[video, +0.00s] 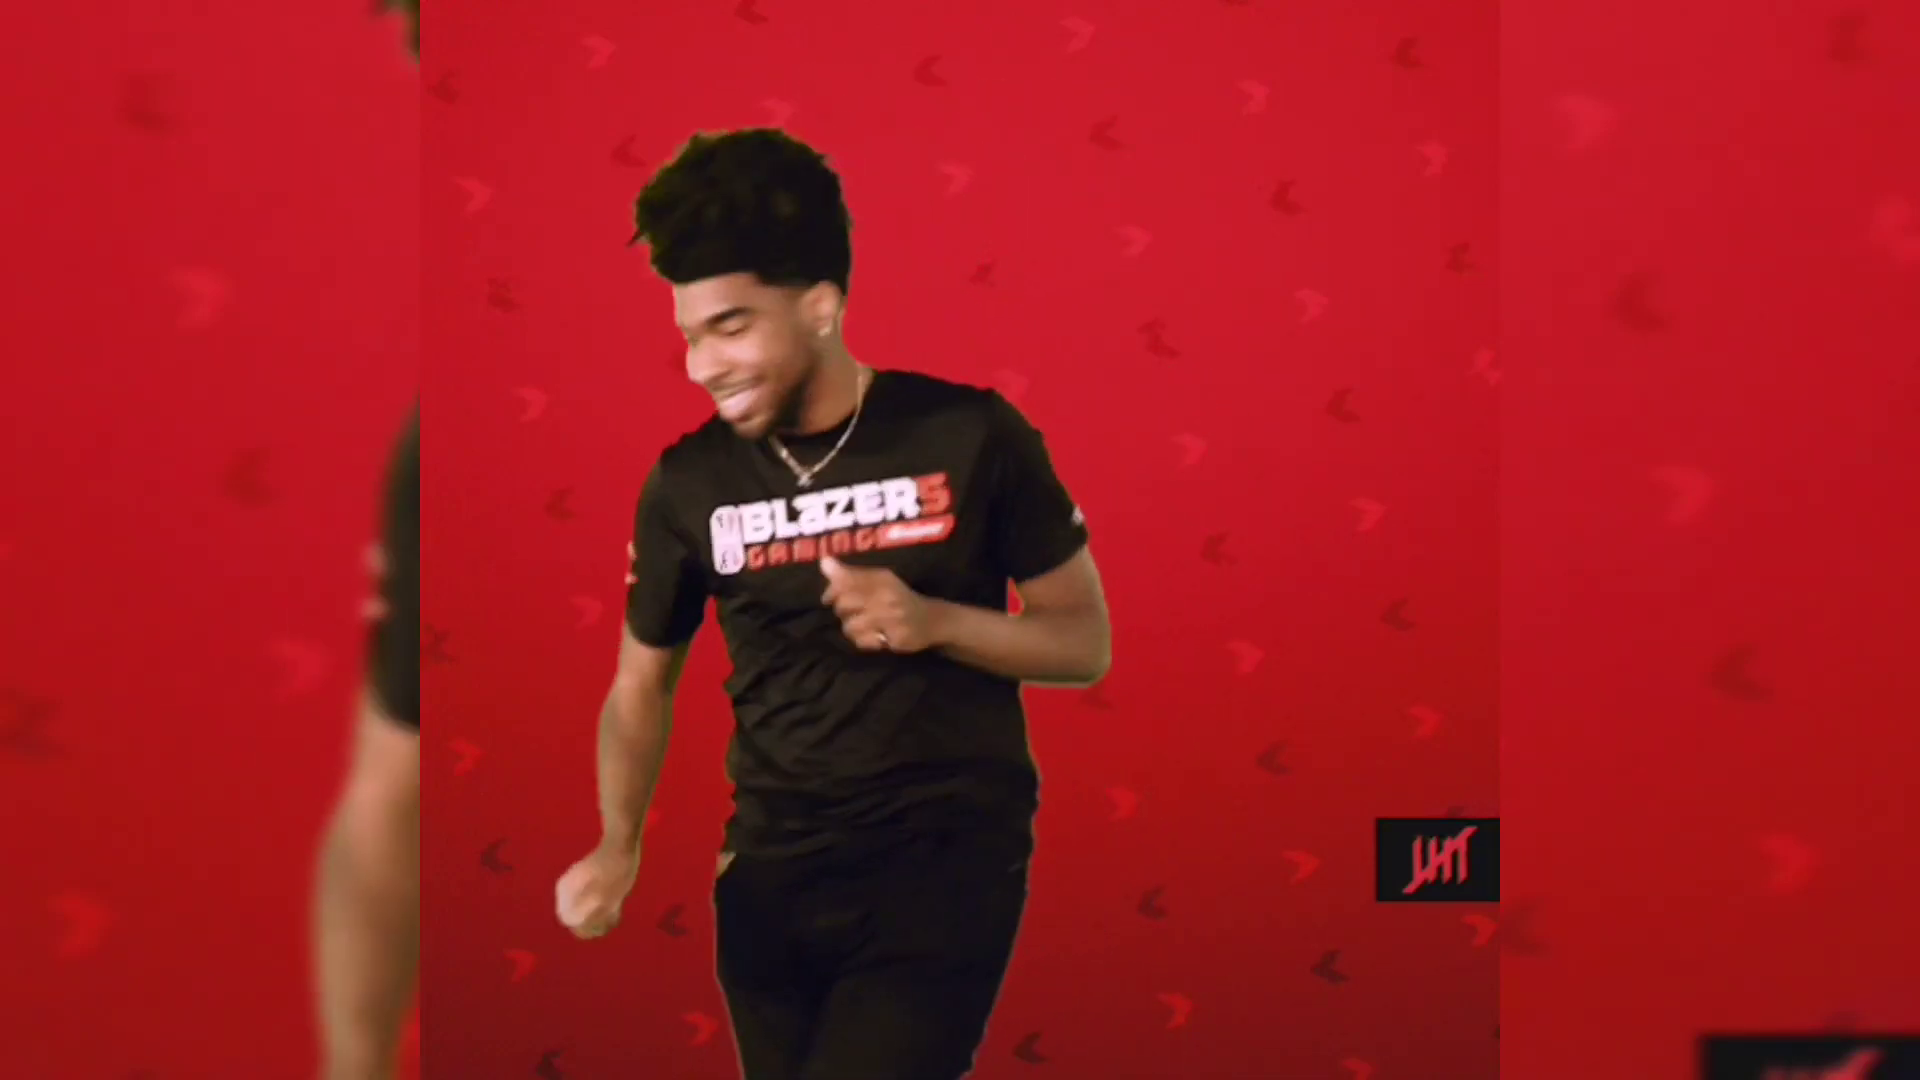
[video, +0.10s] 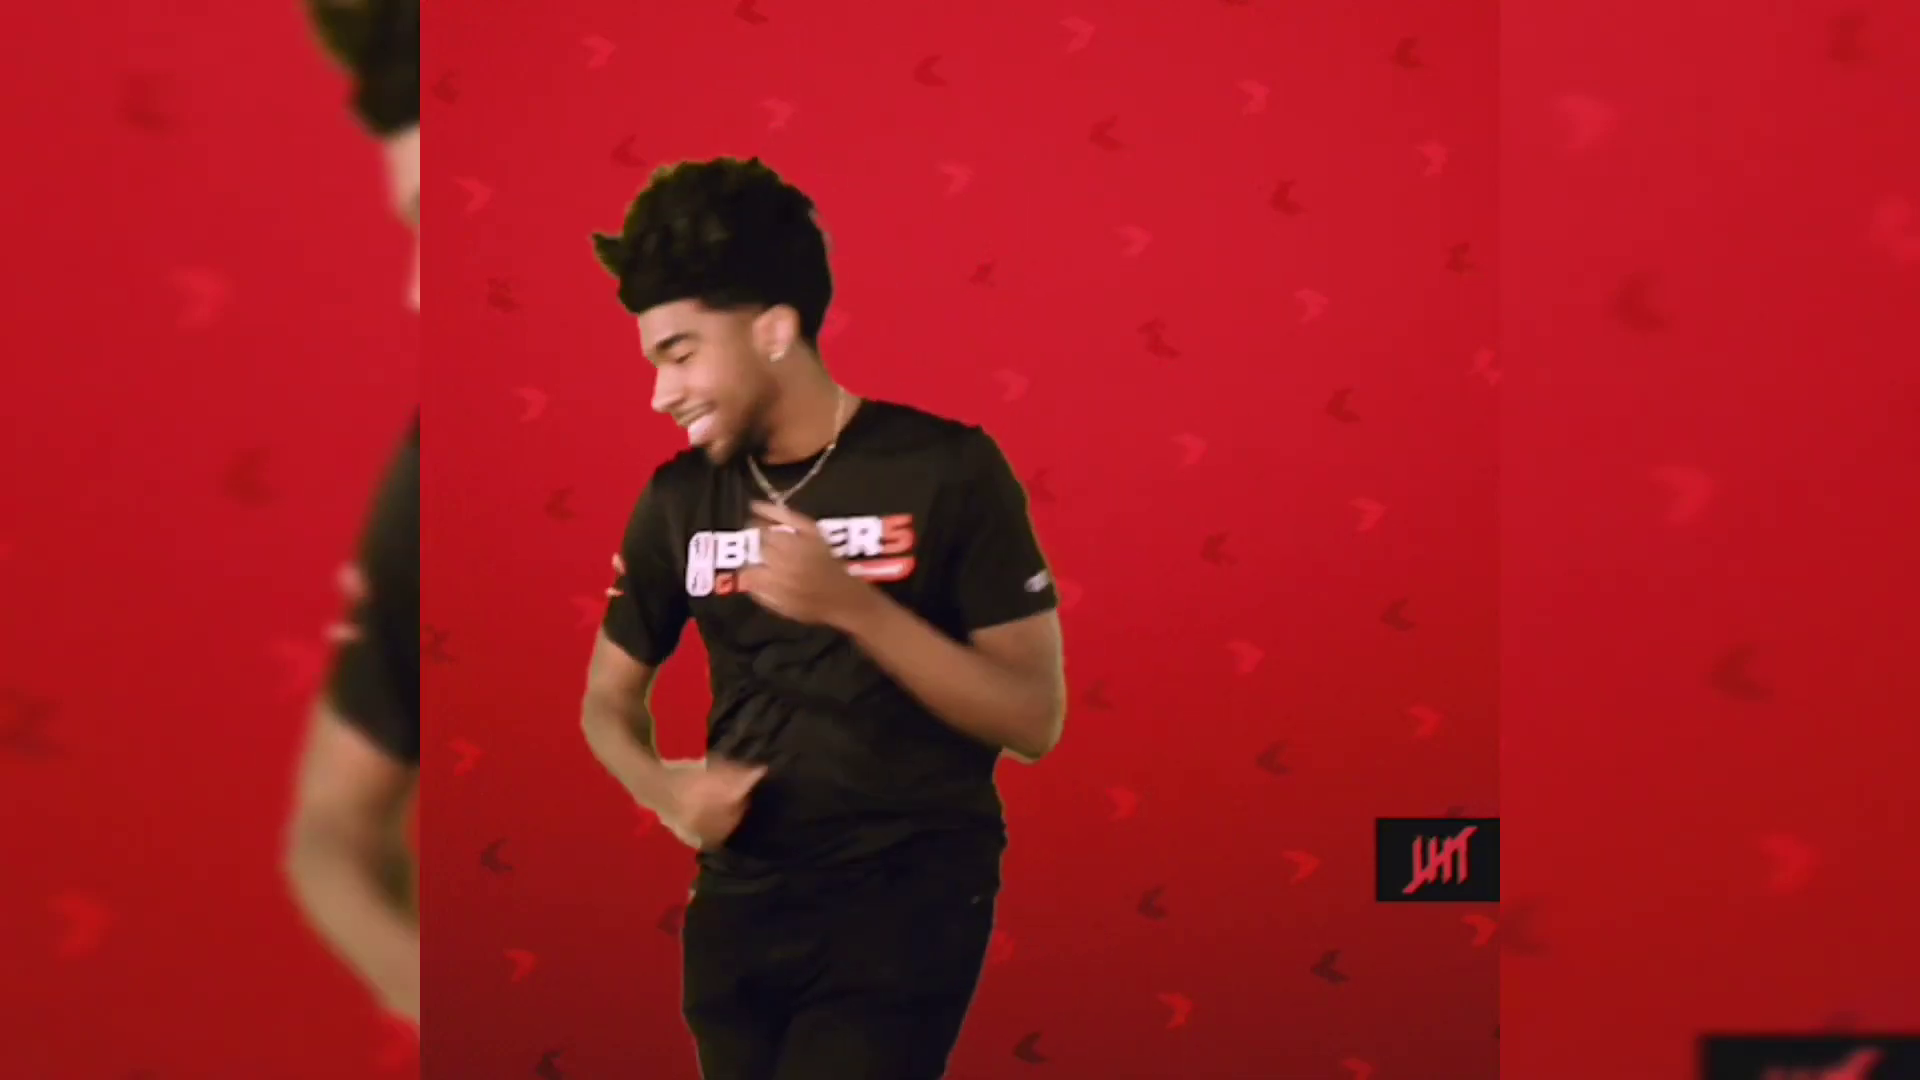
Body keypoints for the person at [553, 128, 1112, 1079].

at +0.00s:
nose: (703, 365)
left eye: (731, 325)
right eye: (687, 334)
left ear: (825, 305)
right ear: (679, 323)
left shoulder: (975, 438)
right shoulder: (690, 486)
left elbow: (1084, 643)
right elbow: (643, 681)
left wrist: (936, 621)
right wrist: (617, 843)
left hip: (944, 854)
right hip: (774, 867)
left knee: (881, 1055)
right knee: (780, 1056)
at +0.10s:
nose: (660, 394)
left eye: (679, 351)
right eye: (654, 362)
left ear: (775, 331)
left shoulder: (952, 471)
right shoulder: (681, 502)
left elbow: (1033, 717)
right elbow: (611, 702)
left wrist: (849, 604)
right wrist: (660, 786)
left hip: (907, 904)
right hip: (742, 911)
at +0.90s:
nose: (817, 430)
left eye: (822, 405)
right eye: (822, 404)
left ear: (672, 395)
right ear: (793, 399)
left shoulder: (562, 519)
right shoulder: (873, 514)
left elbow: (456, 761)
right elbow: (1068, 667)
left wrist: (593, 708)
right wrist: (871, 679)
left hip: (655, 983)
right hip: (847, 978)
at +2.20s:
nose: (920, 366)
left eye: (958, 332)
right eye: (899, 328)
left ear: (1016, 341)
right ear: (878, 325)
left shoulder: (1001, 427)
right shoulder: (814, 491)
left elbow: (1012, 489)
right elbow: (660, 685)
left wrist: (1178, 449)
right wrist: (847, 826)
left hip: (903, 835)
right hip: (757, 845)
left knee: (936, 1059)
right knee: (863, 1059)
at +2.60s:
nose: (913, 444)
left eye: (945, 414)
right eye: (885, 413)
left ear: (995, 373)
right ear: (854, 373)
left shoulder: (1033, 462)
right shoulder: (772, 506)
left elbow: (1190, 493)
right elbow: (654, 690)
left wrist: (1398, 433)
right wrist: (816, 850)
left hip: (963, 857)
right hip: (790, 866)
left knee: (958, 1067)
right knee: (837, 1067)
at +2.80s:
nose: (888, 460)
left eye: (917, 428)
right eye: (859, 428)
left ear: (964, 384)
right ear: (824, 384)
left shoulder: (1020, 484)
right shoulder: (744, 521)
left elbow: (1193, 569)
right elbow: (669, 702)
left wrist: (1417, 592)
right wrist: (818, 853)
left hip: (977, 879)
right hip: (800, 884)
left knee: (975, 1074)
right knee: (827, 1075)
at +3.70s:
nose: (922, 372)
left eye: (953, 343)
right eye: (894, 337)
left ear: (992, 301)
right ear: (846, 291)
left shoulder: (1047, 439)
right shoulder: (752, 419)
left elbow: (1083, 589)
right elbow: (684, 570)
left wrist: (1046, 682)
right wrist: (718, 690)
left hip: (962, 847)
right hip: (785, 843)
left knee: (944, 1063)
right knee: (781, 1062)